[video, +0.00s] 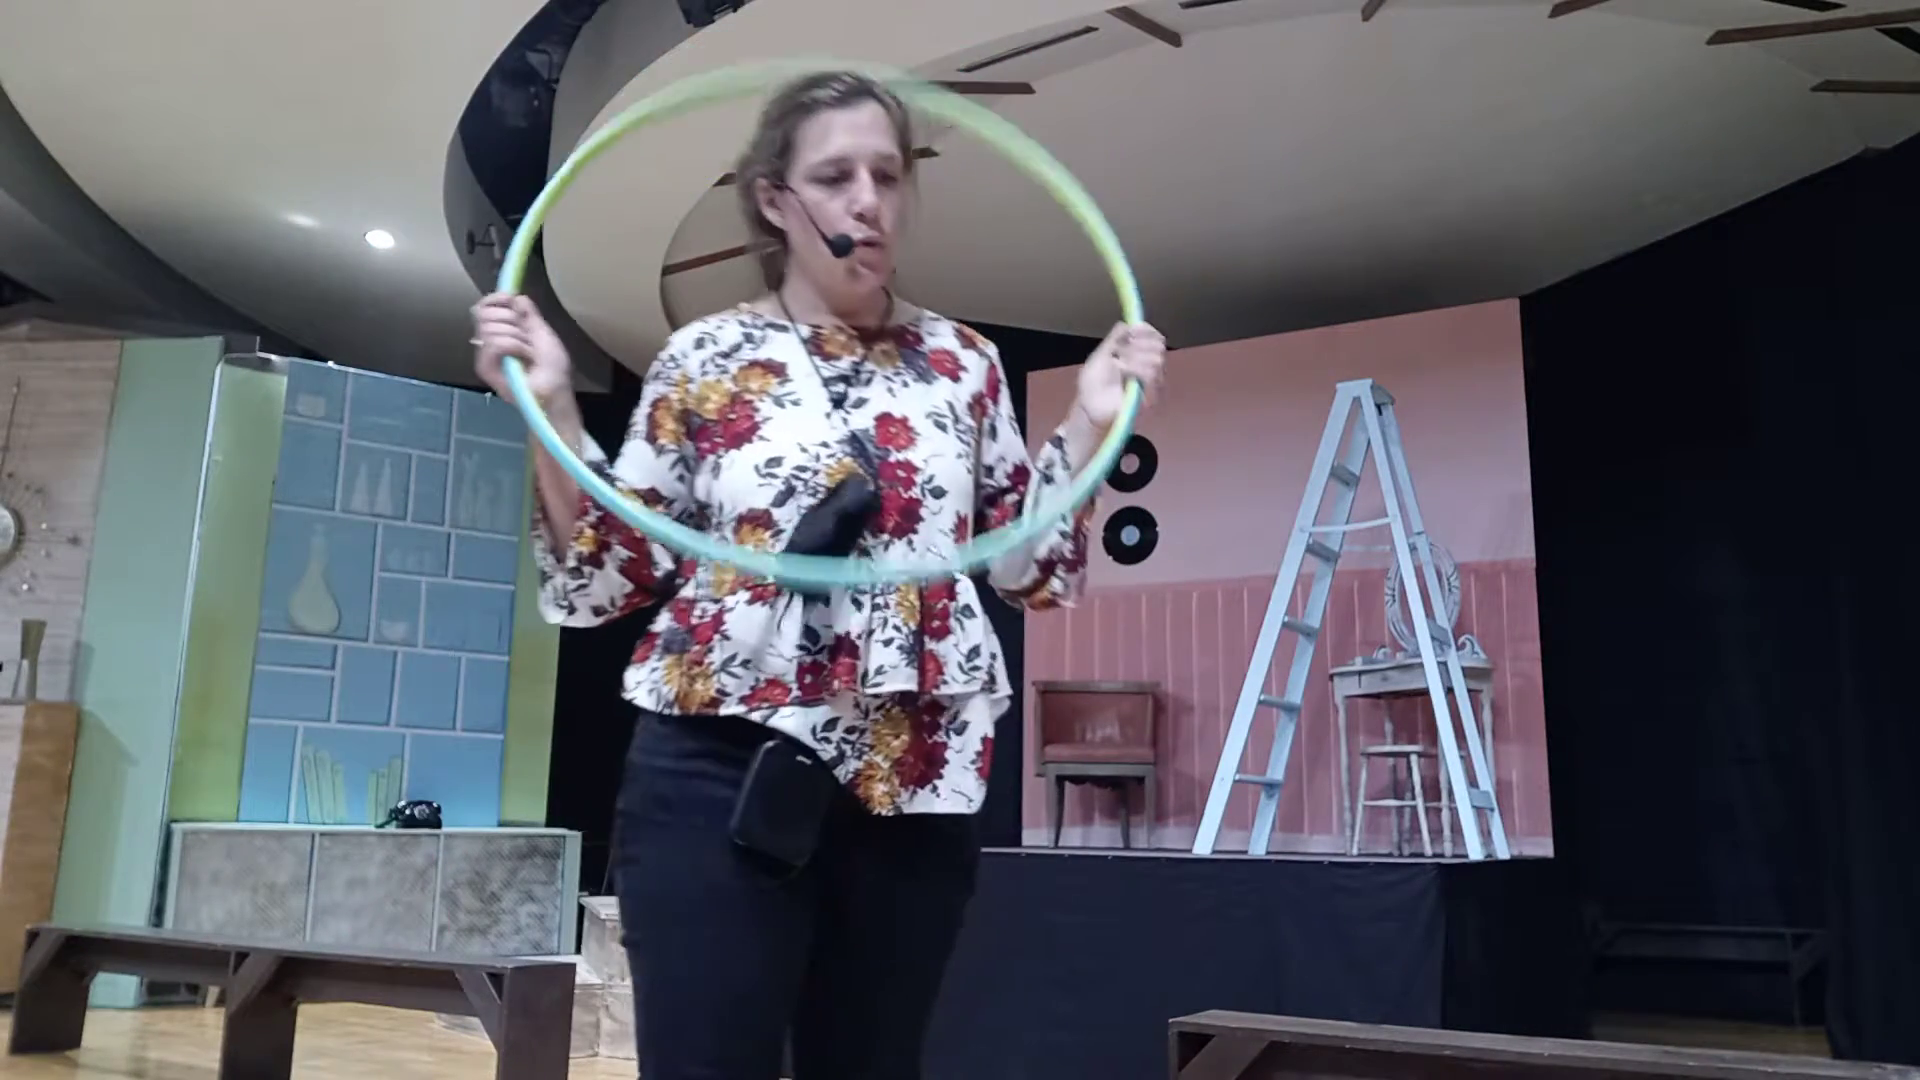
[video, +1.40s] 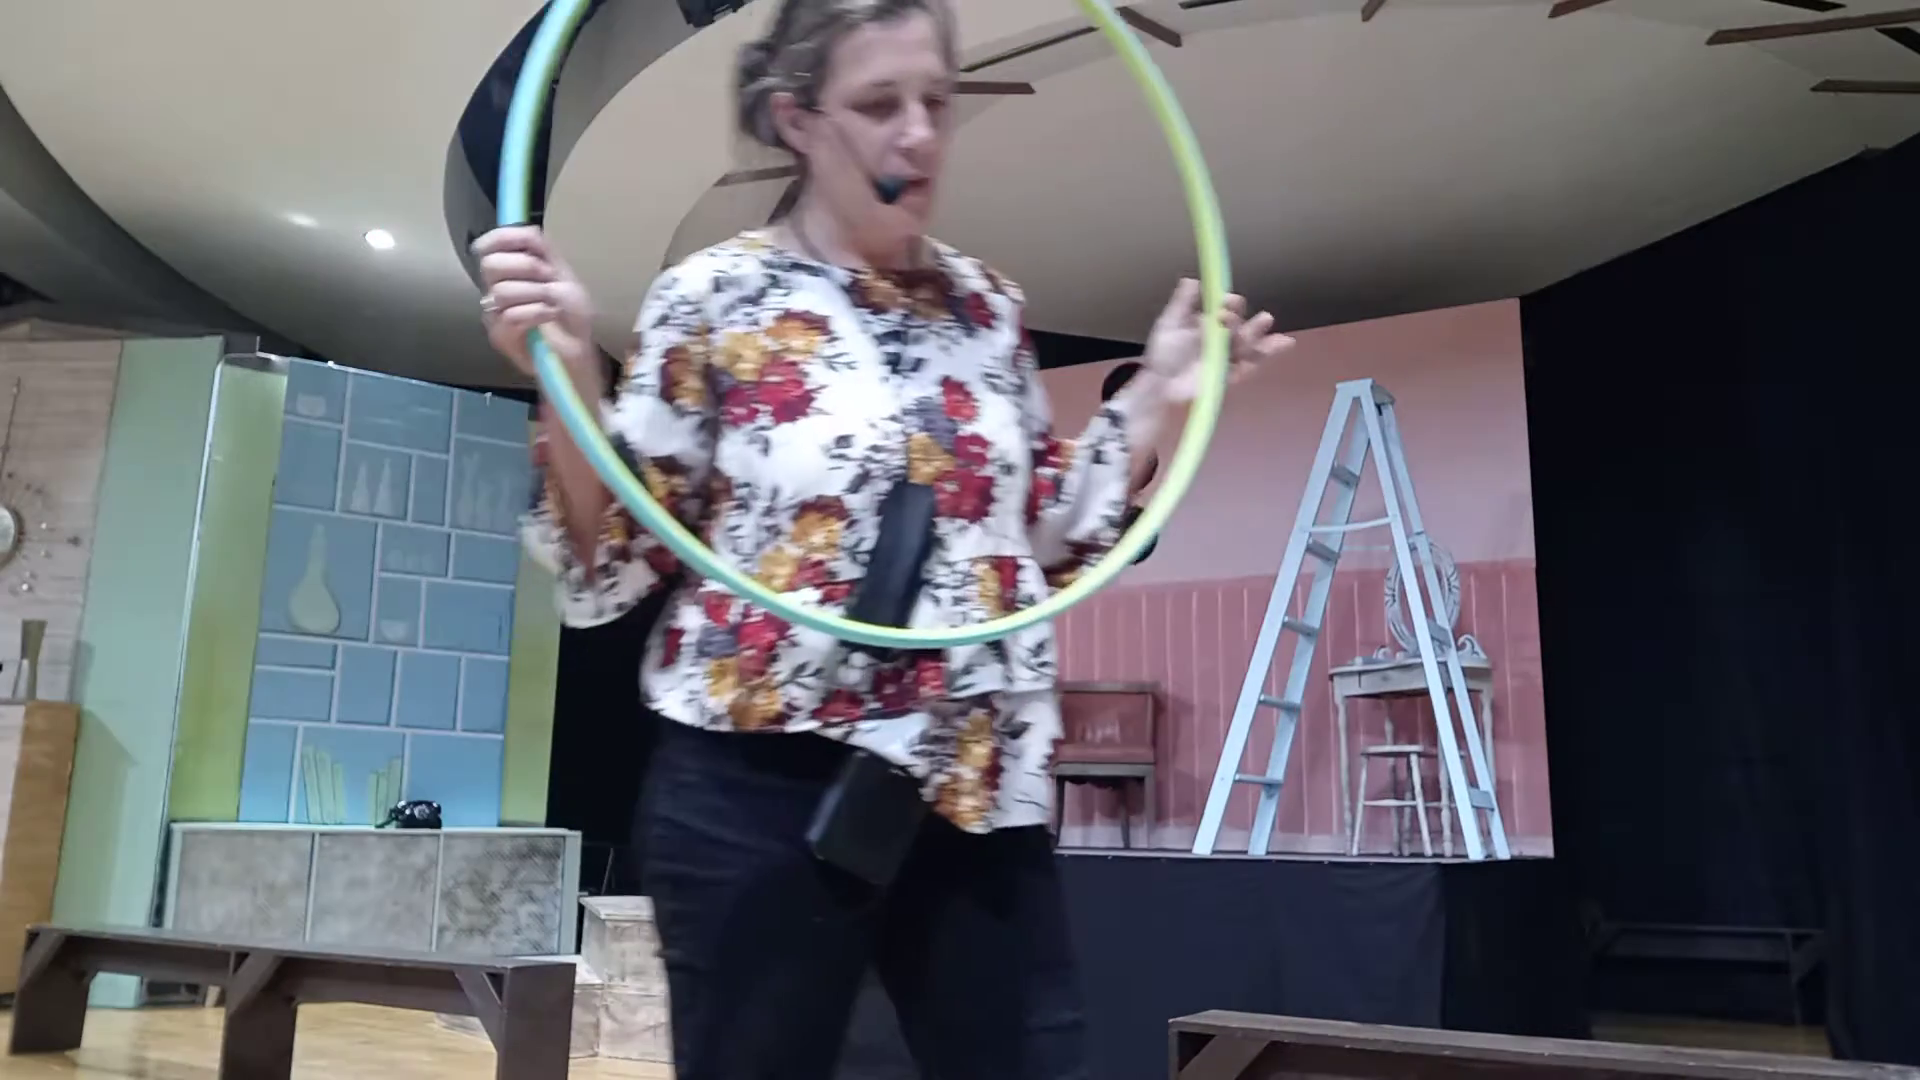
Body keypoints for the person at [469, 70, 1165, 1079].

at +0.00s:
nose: (867, 205)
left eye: (886, 178)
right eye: (835, 177)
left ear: (910, 195)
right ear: (775, 204)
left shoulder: (966, 366)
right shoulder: (700, 361)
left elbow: (1016, 568)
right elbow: (611, 579)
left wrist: (1090, 430)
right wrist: (548, 410)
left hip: (914, 797)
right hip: (716, 775)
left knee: (869, 1066)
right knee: (710, 1063)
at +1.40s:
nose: (917, 137)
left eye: (935, 102)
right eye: (879, 104)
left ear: (955, 113)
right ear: (794, 121)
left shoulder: (990, 310)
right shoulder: (711, 296)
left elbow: (1043, 542)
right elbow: (619, 564)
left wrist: (1153, 402)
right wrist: (565, 379)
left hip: (978, 806)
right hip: (759, 788)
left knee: (1028, 1061)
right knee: (754, 1063)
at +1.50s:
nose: (973, 138)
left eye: (991, 106)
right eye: (936, 105)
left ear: (1012, 118)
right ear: (850, 120)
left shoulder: (1042, 319)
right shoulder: (765, 297)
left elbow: (1097, 536)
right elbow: (667, 558)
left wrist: (1208, 405)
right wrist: (621, 366)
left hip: (1029, 808)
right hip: (812, 785)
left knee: (1079, 1064)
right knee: (788, 1065)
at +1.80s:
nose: (1082, 132)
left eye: (1112, 104)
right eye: (1050, 102)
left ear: (1149, 133)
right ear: (999, 132)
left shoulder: (1205, 328)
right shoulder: (911, 302)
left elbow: (1269, 557)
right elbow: (790, 550)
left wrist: (1380, 415)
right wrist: (725, 393)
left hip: (1175, 805)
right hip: (946, 778)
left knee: (1166, 1069)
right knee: (895, 1064)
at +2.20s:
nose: (1150, 133)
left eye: (1183, 104)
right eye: (1122, 105)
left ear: (1232, 136)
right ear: (1085, 135)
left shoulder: (1300, 328)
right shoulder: (1003, 321)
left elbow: (1363, 562)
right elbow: (912, 537)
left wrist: (1449, 408)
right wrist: (930, 669)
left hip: (1229, 809)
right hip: (1011, 784)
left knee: (1187, 1066)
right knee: (950, 1064)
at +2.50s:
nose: (1146, 124)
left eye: (1176, 98)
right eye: (1118, 105)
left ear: (1229, 135)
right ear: (1085, 148)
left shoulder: (1301, 337)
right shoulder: (1007, 323)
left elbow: (1352, 581)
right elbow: (896, 528)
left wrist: (1418, 417)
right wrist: (934, 675)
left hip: (1207, 821)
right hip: (988, 795)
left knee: (1172, 1065)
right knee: (924, 1062)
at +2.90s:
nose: (1045, 159)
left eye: (1075, 146)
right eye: (1018, 144)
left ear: (1109, 198)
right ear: (976, 193)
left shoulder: (1174, 358)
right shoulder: (903, 368)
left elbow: (1233, 581)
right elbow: (776, 543)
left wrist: (1284, 427)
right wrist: (822, 650)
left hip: (1130, 806)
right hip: (933, 797)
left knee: (1126, 1062)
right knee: (936, 1061)